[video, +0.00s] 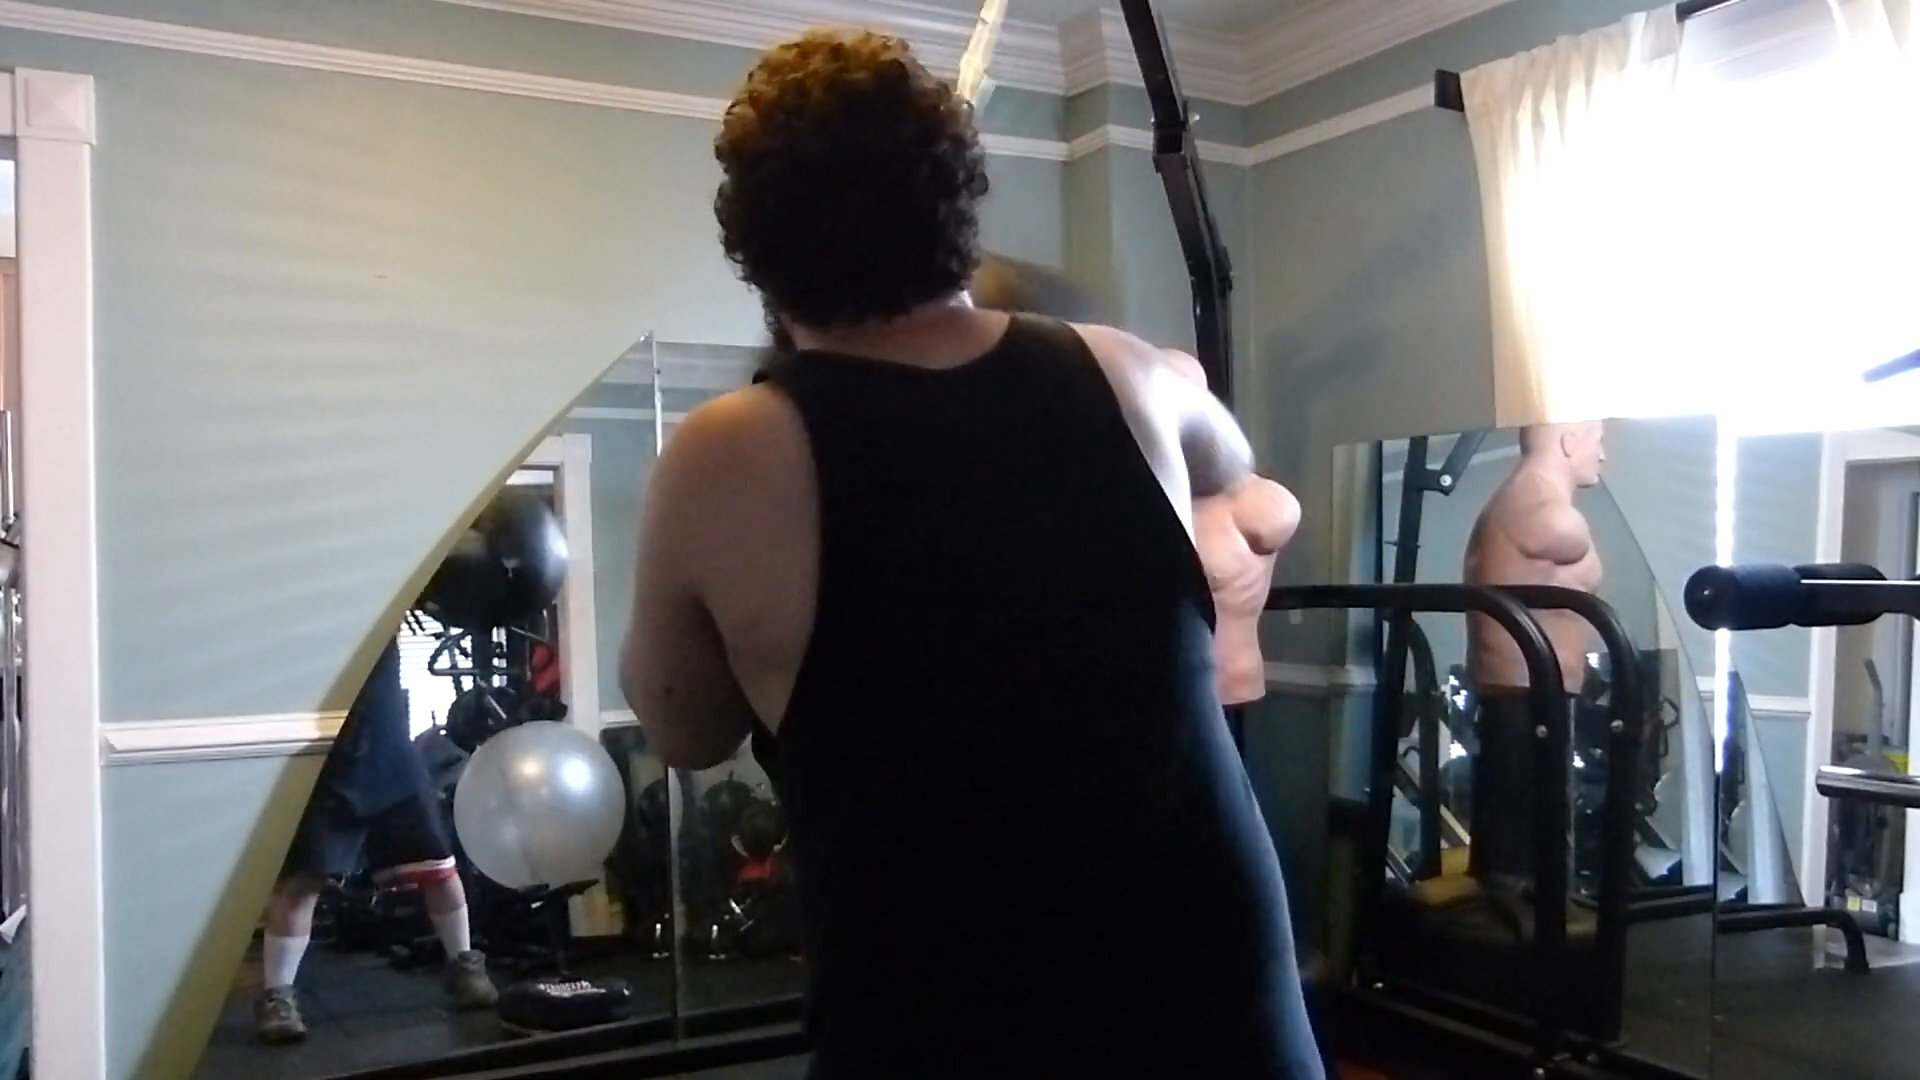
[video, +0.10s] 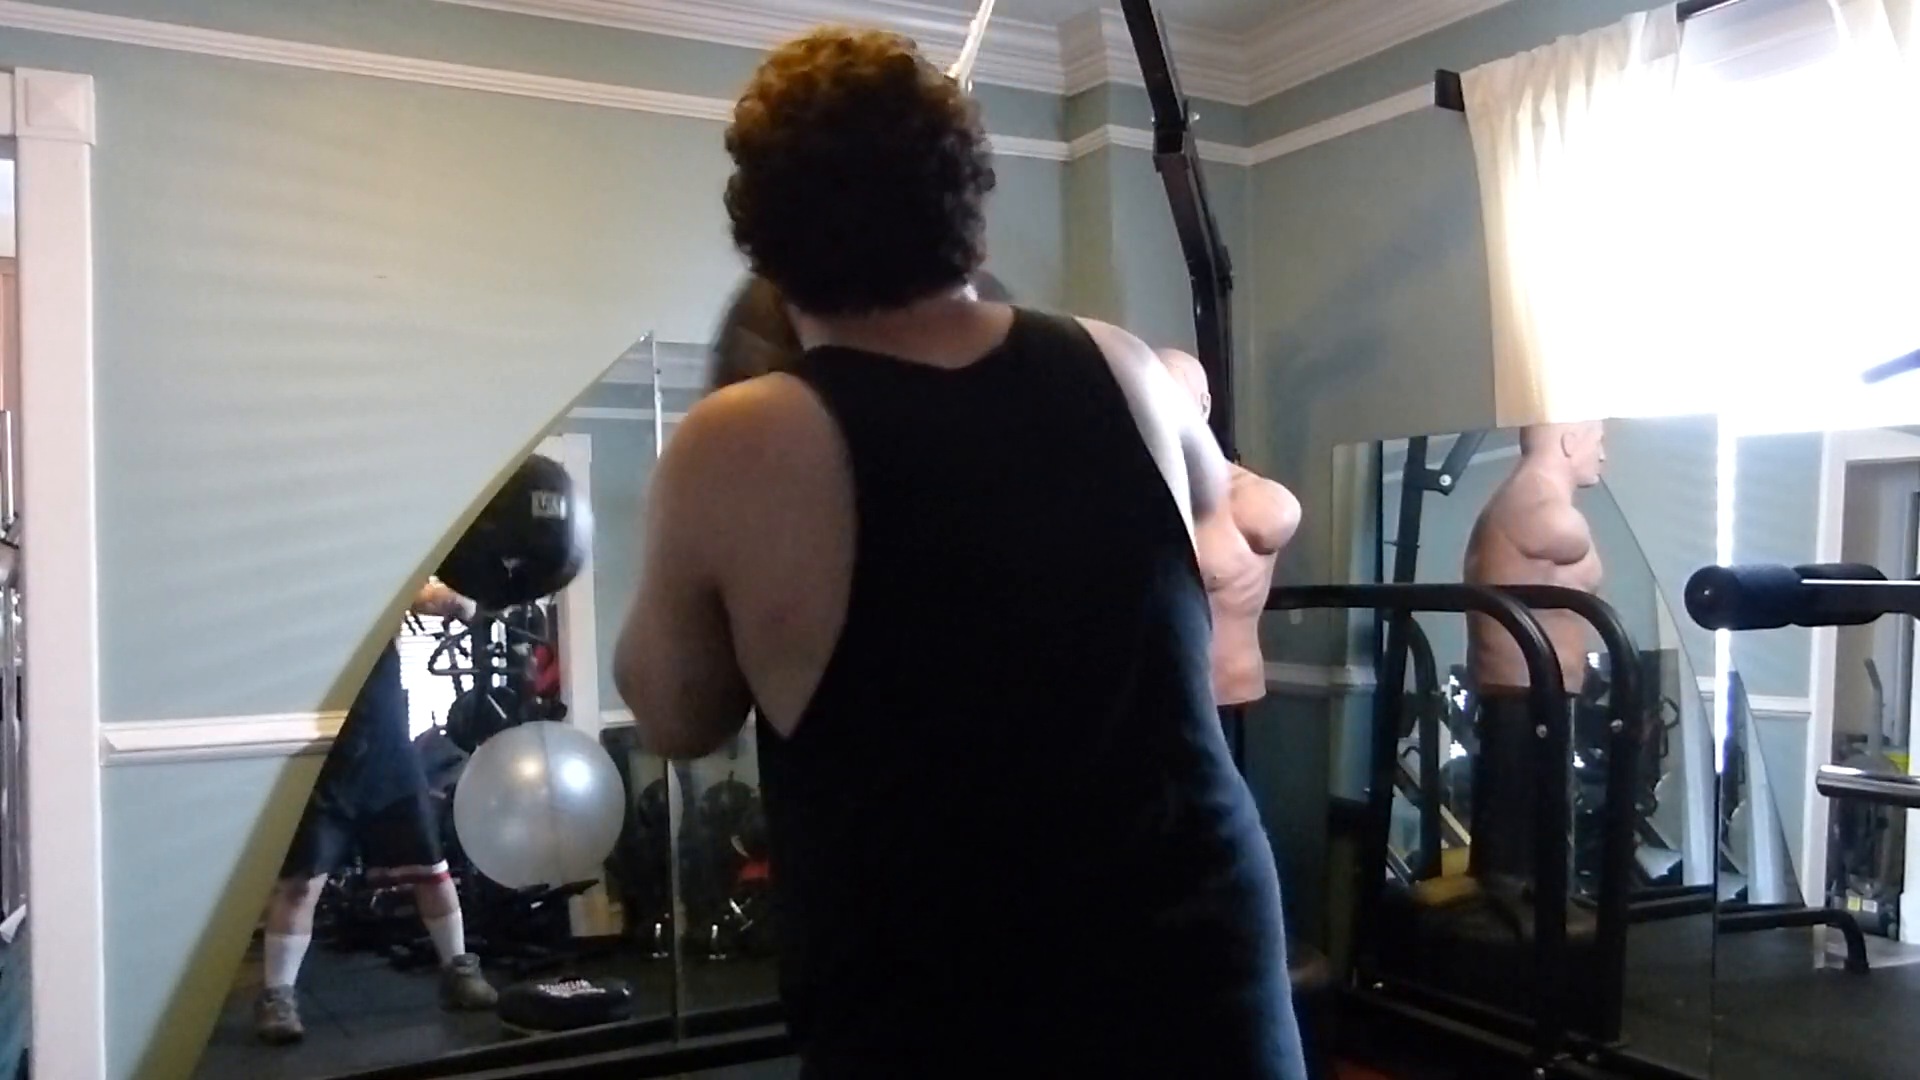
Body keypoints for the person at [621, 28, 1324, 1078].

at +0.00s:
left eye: (742, 208)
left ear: (753, 242)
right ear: (963, 202)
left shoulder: (722, 458)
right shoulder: (1136, 375)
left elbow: (685, 730)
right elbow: (1250, 503)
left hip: (919, 1014)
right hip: (1211, 998)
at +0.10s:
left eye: (745, 213)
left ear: (763, 238)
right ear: (970, 197)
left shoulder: (732, 448)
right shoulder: (1135, 374)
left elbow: (675, 716)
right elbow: (1223, 575)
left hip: (908, 985)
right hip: (1196, 971)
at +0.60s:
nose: (954, 278)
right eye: (944, 255)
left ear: (733, 296)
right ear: (924, 284)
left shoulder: (697, 507)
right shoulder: (1011, 462)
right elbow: (1228, 750)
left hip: (785, 1029)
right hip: (1033, 1031)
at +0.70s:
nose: (826, 298)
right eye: (812, 270)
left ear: (612, 324)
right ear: (788, 300)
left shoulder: (559, 550)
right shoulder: (938, 471)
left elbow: (608, 768)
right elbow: (1105, 749)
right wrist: (956, 731)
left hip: (696, 1033)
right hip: (951, 1024)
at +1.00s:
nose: (651, 292)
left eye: (640, 259)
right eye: (635, 263)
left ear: (447, 317)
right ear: (588, 284)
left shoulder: (374, 522)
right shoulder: (730, 426)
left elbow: (440, 741)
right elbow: (960, 613)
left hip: (525, 1013)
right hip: (775, 1003)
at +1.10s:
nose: (655, 281)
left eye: (644, 253)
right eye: (641, 256)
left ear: (459, 314)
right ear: (602, 288)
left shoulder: (404, 501)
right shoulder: (750, 405)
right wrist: (914, 396)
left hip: (493, 1006)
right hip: (735, 1002)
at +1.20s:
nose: (686, 281)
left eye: (675, 250)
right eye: (672, 253)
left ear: (498, 304)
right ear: (630, 287)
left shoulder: (449, 477)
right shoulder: (760, 413)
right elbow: (966, 495)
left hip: (499, 965)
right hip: (716, 972)